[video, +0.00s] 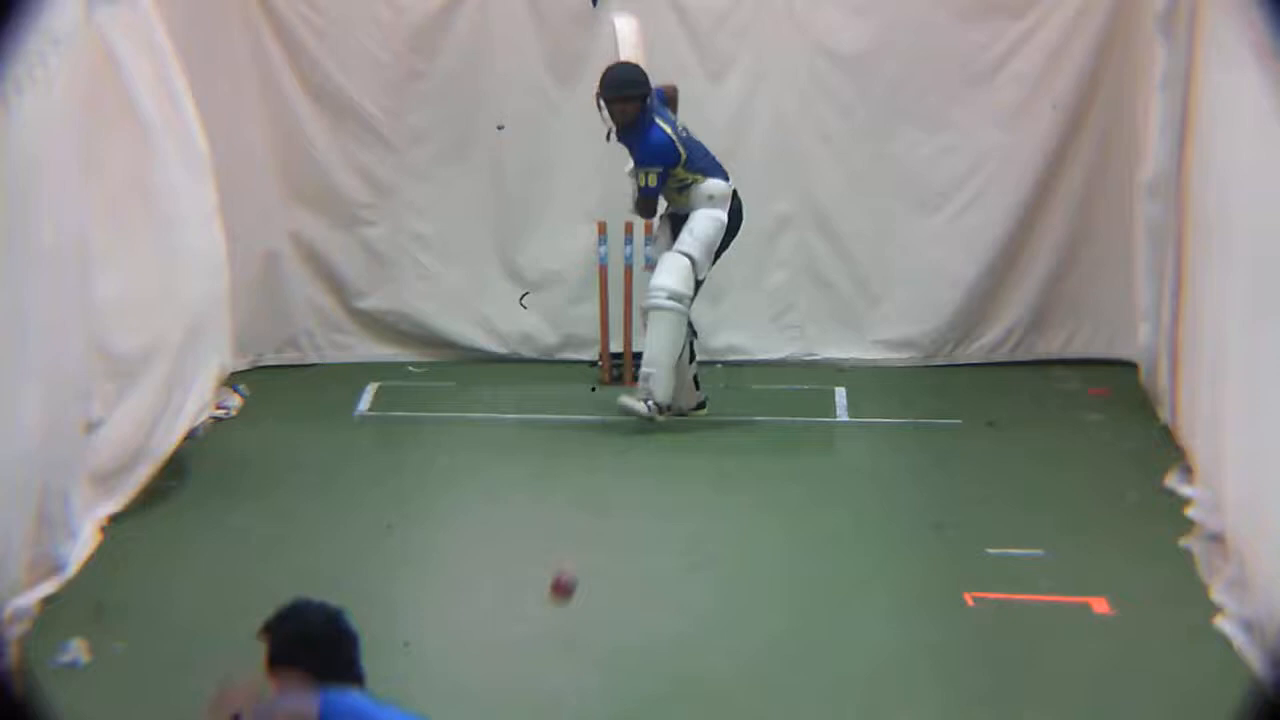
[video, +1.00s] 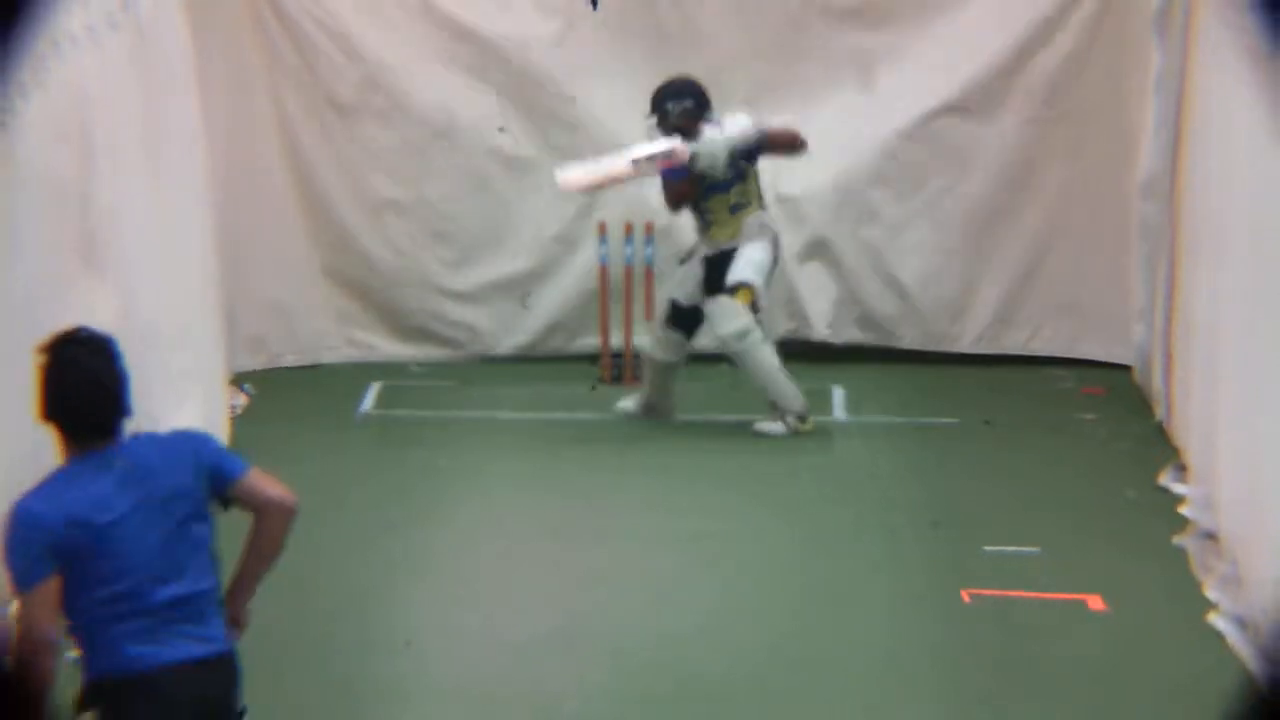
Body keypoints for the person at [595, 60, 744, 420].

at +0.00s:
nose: (619, 110)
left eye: (626, 102)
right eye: (613, 103)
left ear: (641, 101)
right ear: (605, 102)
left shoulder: (652, 142)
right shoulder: (647, 105)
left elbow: (646, 210)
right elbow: (670, 91)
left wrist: (640, 187)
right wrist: (670, 134)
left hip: (715, 208)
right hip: (682, 209)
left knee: (670, 287)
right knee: (667, 298)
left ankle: (653, 395)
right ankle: (684, 395)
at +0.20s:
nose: (614, 116)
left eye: (621, 109)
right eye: (610, 108)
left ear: (636, 106)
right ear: (604, 105)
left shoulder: (649, 147)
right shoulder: (650, 103)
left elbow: (629, 205)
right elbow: (673, 93)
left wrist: (621, 180)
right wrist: (662, 130)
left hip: (705, 220)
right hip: (671, 219)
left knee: (665, 301)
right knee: (632, 299)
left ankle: (651, 412)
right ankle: (677, 389)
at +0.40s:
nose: (641, 108)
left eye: (649, 99)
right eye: (634, 100)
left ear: (665, 95)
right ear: (626, 100)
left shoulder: (678, 129)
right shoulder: (644, 133)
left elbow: (630, 154)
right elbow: (628, 173)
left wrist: (575, 155)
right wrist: (588, 152)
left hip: (689, 231)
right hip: (654, 230)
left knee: (635, 295)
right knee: (606, 307)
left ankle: (650, 412)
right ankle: (649, 392)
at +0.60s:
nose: (637, 104)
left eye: (642, 96)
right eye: (635, 97)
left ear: (666, 91)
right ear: (643, 95)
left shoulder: (701, 116)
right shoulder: (643, 137)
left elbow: (662, 127)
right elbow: (623, 191)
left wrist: (616, 148)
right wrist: (595, 189)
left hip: (697, 233)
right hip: (659, 231)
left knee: (634, 295)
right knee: (606, 294)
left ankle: (646, 407)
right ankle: (647, 385)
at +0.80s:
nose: (660, 111)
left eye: (664, 102)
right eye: (654, 104)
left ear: (680, 104)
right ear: (647, 109)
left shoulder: (707, 132)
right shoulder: (651, 148)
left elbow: (709, 87)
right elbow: (644, 184)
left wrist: (661, 91)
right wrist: (647, 136)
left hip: (721, 236)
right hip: (676, 243)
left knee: (690, 285)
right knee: (619, 328)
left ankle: (708, 403)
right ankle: (653, 399)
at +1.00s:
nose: (667, 126)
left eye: (672, 116)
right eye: (663, 118)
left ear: (694, 113)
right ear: (661, 120)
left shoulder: (733, 131)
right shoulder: (672, 154)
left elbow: (795, 143)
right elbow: (674, 201)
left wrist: (740, 146)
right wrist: (700, 167)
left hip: (752, 238)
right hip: (711, 245)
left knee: (730, 317)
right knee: (673, 323)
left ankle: (793, 411)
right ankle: (654, 402)